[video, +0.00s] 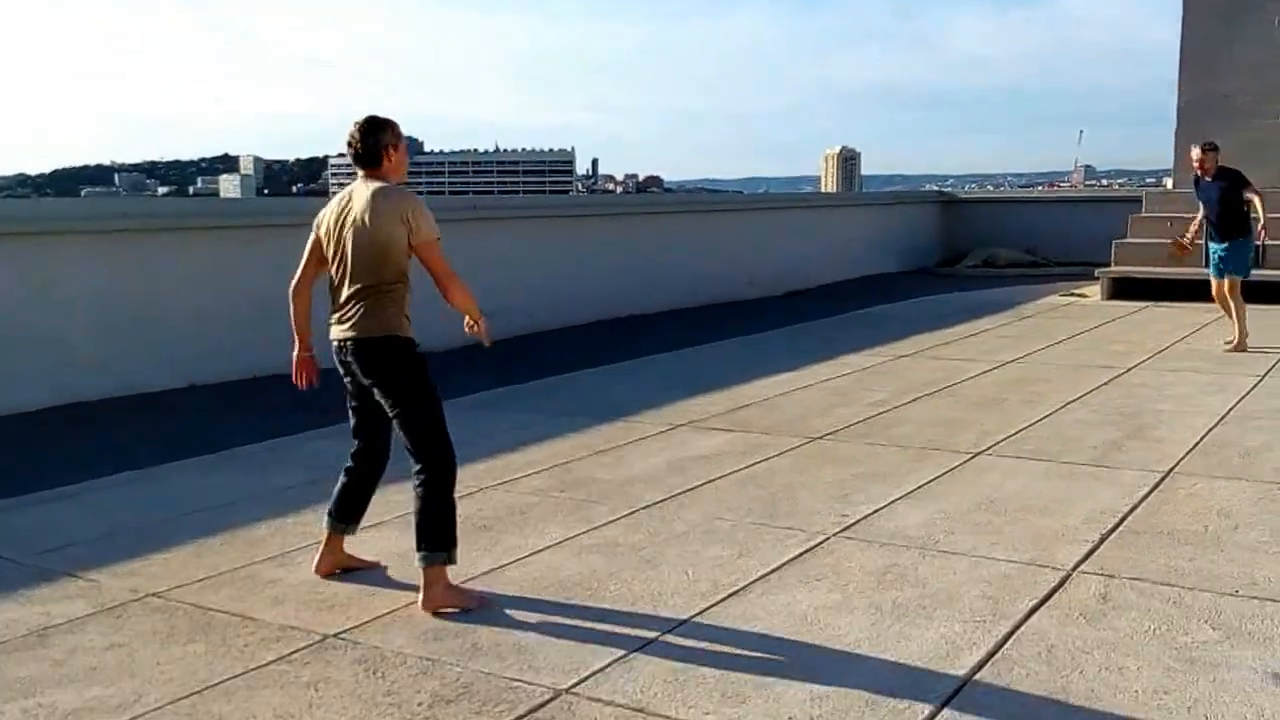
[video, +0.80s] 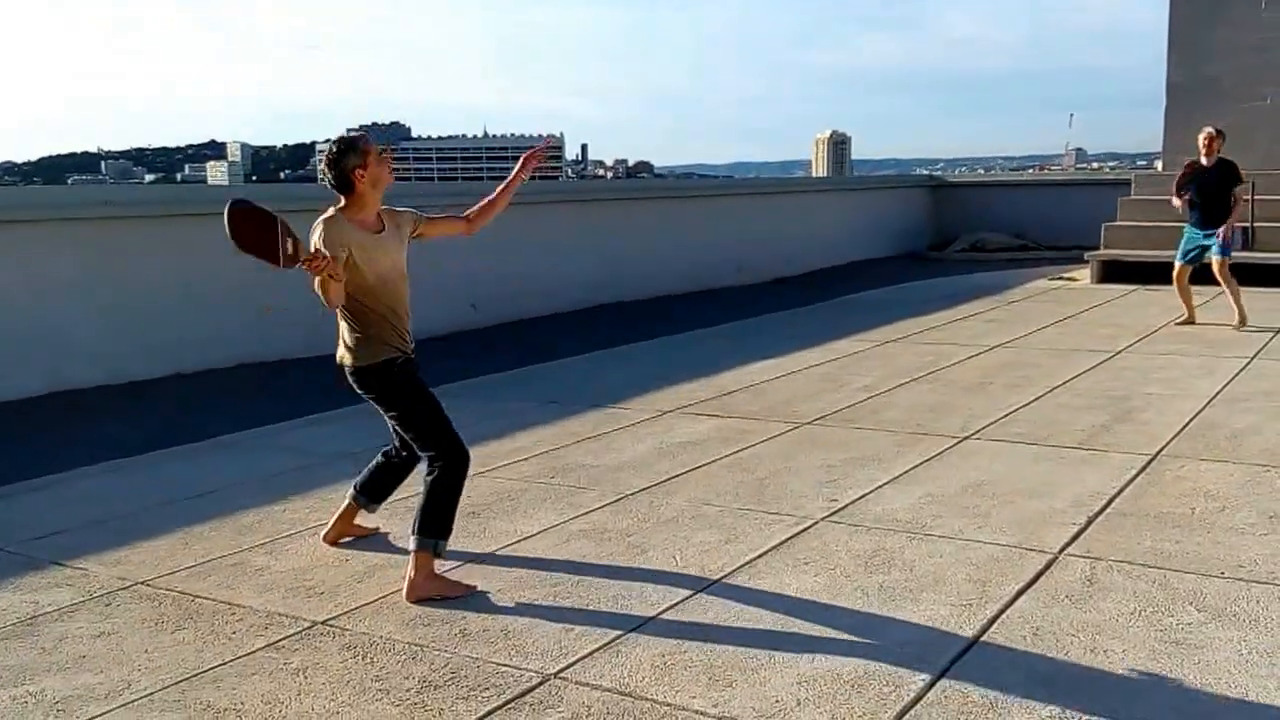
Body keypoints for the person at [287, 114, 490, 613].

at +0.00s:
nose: (408, 156)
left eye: (404, 147)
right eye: (403, 147)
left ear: (359, 157)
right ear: (389, 153)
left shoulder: (332, 210)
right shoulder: (404, 203)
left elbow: (300, 286)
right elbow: (447, 282)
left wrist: (302, 344)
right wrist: (473, 313)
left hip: (346, 347)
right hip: (389, 346)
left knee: (369, 450)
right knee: (435, 457)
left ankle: (332, 551)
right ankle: (436, 585)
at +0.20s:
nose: (422, 120)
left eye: (418, 111)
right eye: (418, 112)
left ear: (377, 123)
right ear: (404, 118)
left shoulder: (353, 175)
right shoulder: (413, 171)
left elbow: (326, 255)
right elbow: (432, 254)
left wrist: (353, 300)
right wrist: (469, 298)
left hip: (356, 318)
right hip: (395, 319)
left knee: (372, 428)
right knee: (432, 440)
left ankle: (351, 534)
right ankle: (434, 569)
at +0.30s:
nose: (435, 138)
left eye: (431, 129)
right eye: (431, 131)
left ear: (388, 142)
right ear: (419, 138)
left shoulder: (370, 190)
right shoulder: (415, 193)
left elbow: (349, 273)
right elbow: (427, 277)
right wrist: (468, 321)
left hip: (356, 335)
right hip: (394, 340)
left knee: (383, 441)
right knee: (450, 449)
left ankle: (353, 545)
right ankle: (430, 575)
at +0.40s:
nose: (440, 143)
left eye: (435, 134)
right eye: (435, 136)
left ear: (392, 146)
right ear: (421, 144)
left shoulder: (376, 192)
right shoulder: (412, 202)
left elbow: (394, 285)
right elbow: (408, 291)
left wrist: (449, 325)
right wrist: (448, 337)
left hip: (357, 337)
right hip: (390, 343)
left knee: (386, 436)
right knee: (453, 451)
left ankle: (351, 543)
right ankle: (429, 577)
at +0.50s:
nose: (432, 136)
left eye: (427, 128)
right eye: (427, 129)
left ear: (397, 144)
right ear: (411, 141)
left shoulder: (395, 196)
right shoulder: (386, 206)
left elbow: (418, 262)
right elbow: (368, 291)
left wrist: (484, 280)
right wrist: (413, 348)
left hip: (378, 340)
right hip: (384, 344)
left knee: (396, 437)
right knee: (445, 452)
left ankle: (345, 527)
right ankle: (425, 577)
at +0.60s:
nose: (416, 141)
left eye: (410, 134)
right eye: (409, 135)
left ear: (388, 152)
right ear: (392, 150)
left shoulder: (412, 202)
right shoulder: (357, 214)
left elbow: (461, 233)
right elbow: (329, 295)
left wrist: (525, 228)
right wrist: (366, 348)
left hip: (402, 348)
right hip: (385, 354)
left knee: (394, 438)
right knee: (449, 454)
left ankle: (345, 518)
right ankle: (424, 577)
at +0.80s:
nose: (390, 162)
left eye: (385, 156)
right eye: (381, 158)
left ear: (366, 174)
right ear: (360, 175)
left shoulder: (396, 219)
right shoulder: (329, 230)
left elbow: (467, 223)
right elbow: (334, 301)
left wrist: (515, 179)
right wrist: (329, 276)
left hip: (399, 354)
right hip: (372, 362)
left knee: (409, 445)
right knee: (450, 456)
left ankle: (343, 522)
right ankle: (422, 576)